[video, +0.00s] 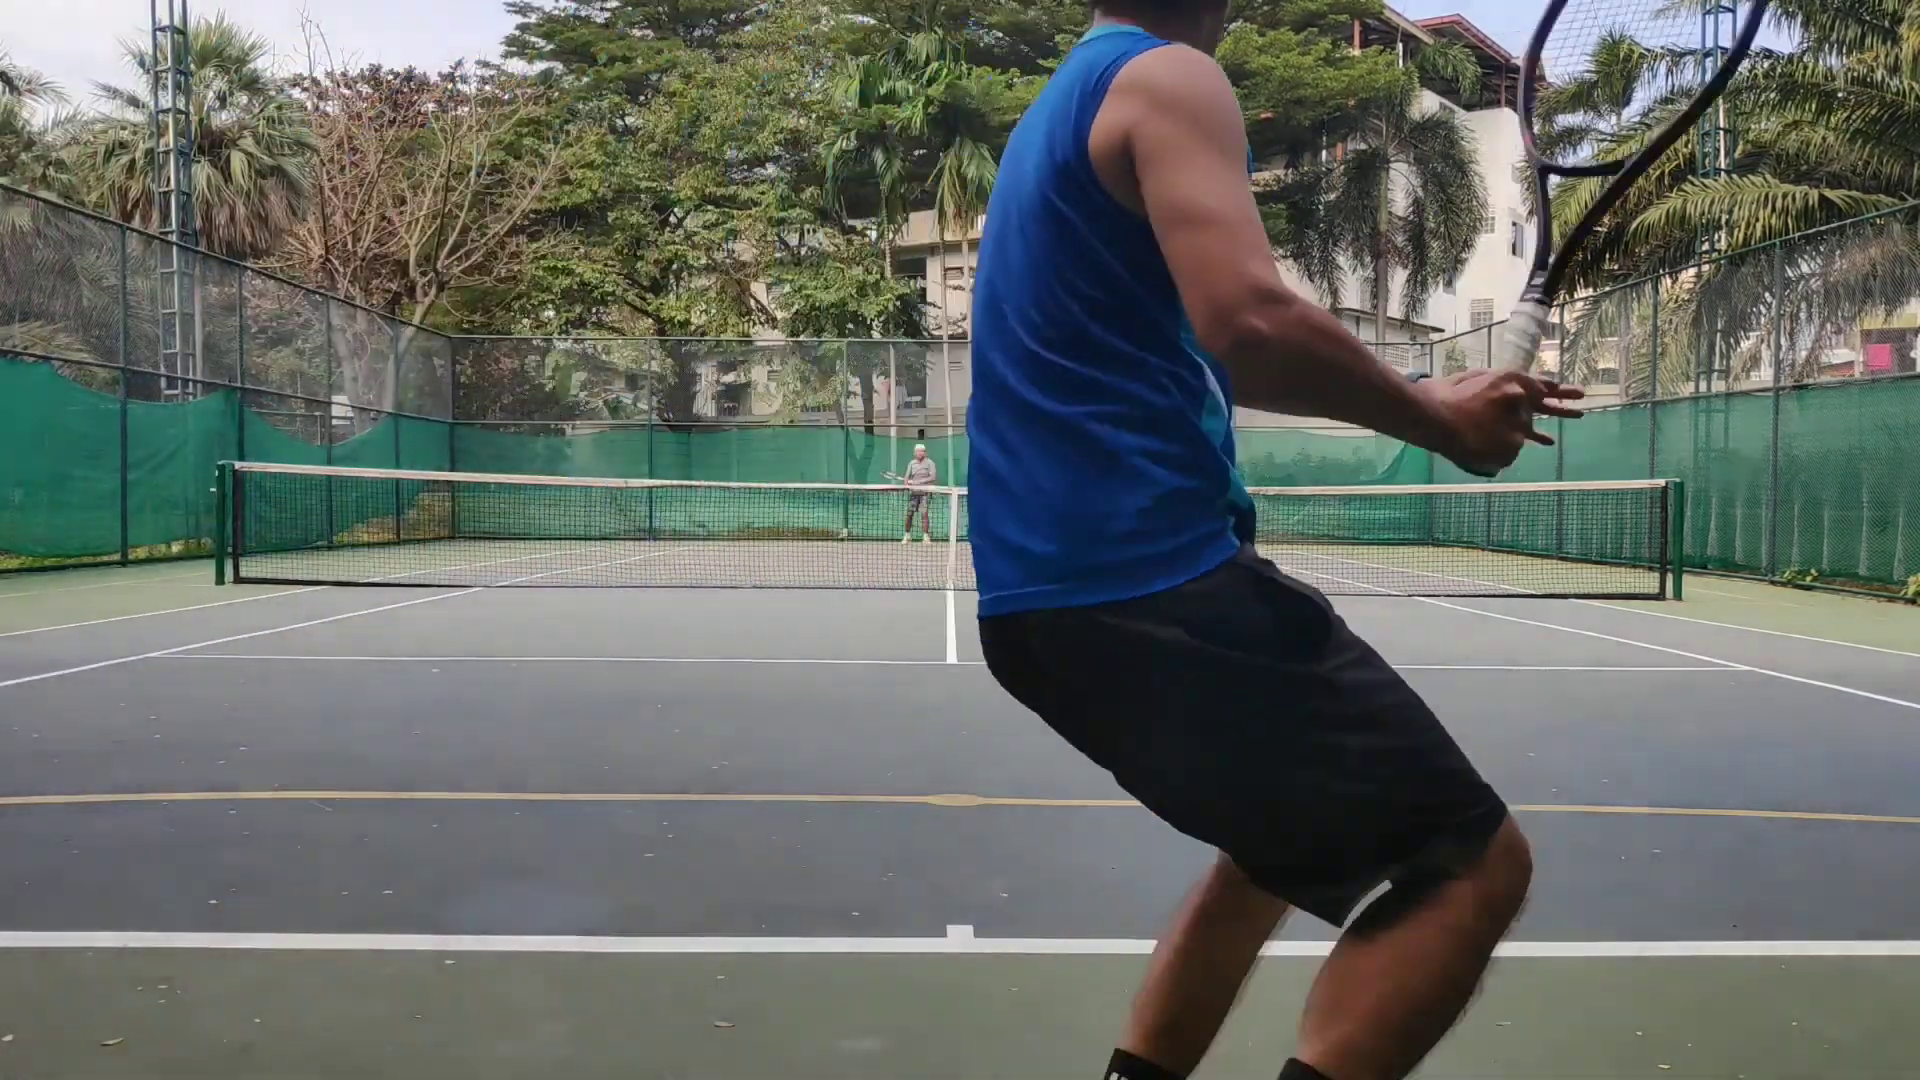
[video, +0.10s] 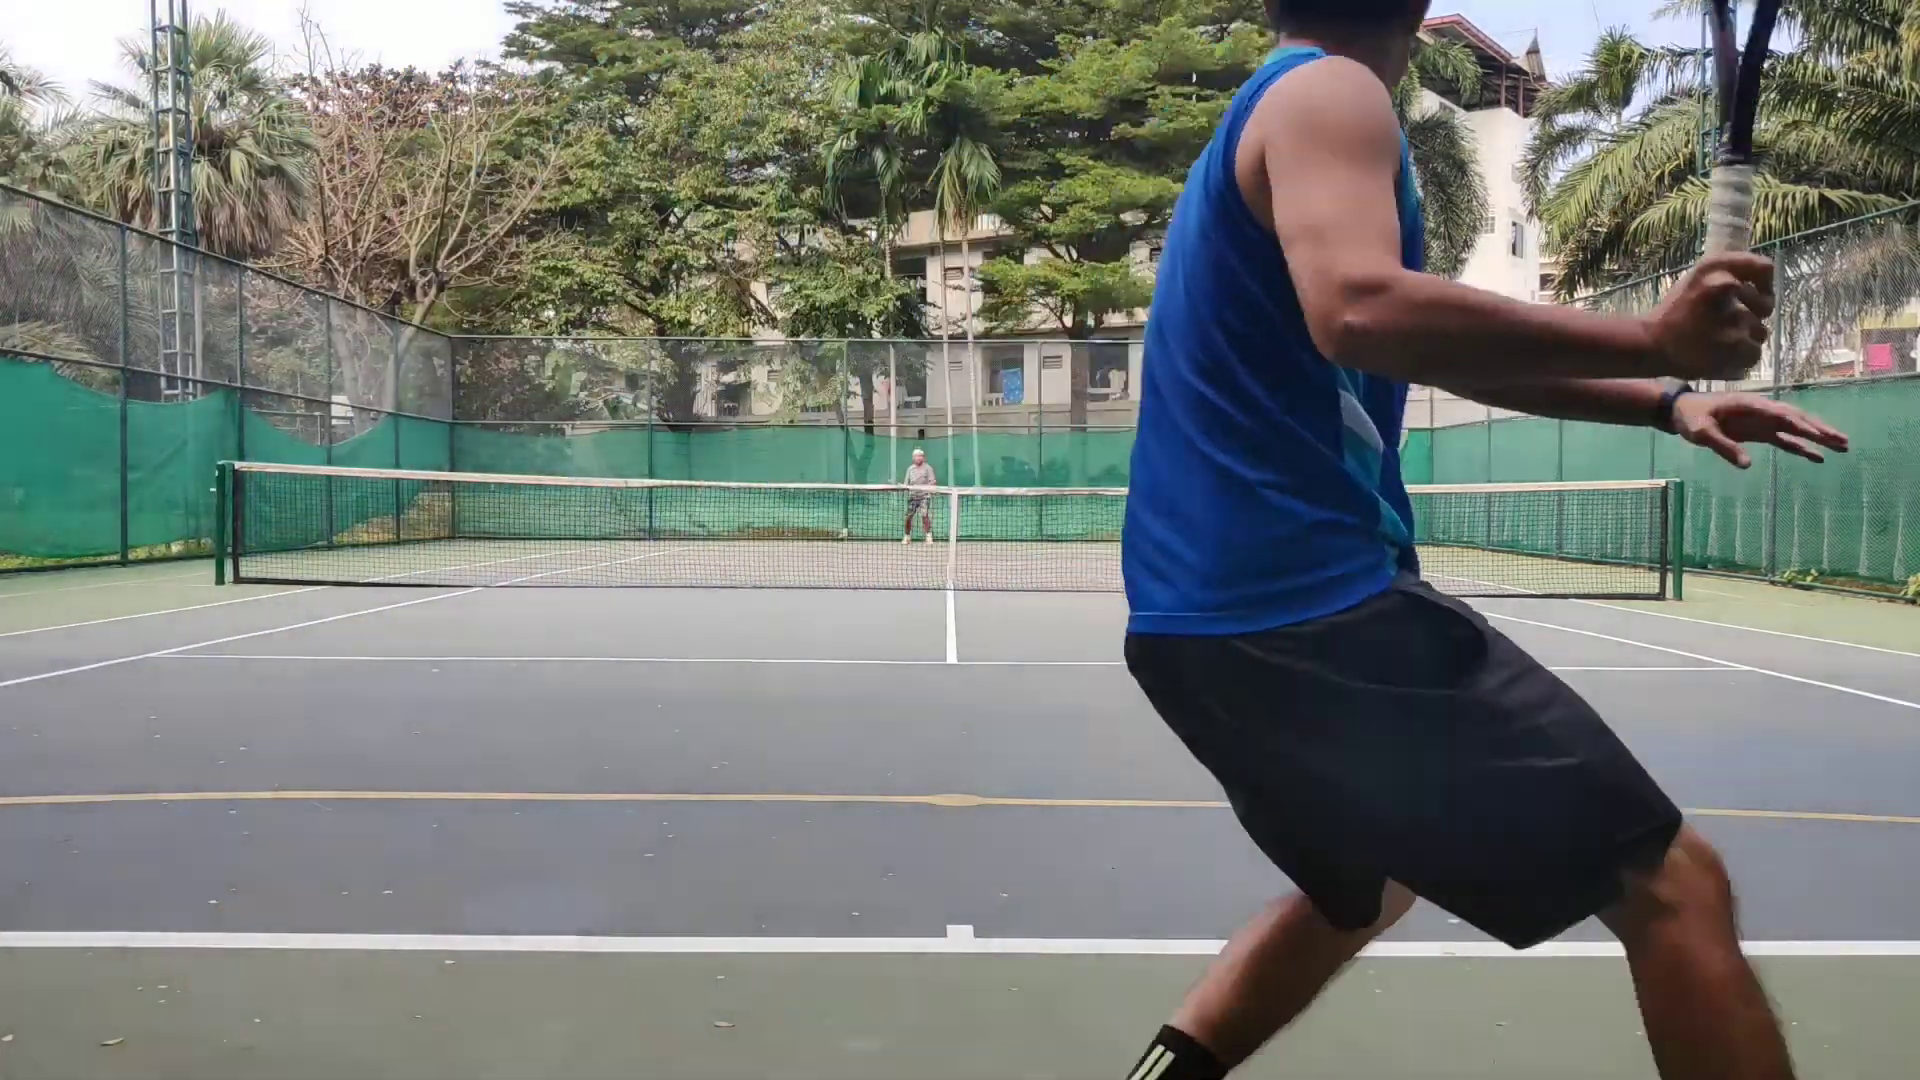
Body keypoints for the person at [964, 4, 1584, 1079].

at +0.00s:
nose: (1231, 17)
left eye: (1227, 12)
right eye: (1230, 7)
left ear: (1108, 1)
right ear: (1211, 1)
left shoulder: (1063, 108)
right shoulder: (1168, 82)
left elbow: (1223, 362)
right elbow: (1248, 317)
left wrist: (1425, 403)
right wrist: (1437, 418)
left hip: (1053, 602)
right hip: (1154, 588)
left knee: (1283, 829)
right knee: (1476, 864)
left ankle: (1142, 1067)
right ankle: (1320, 1068)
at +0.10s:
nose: (1428, 20)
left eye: (1422, 11)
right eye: (1422, 8)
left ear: (1285, 13)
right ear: (1400, 12)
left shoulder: (1269, 116)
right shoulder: (1330, 93)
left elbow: (1447, 357)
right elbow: (1358, 308)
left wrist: (1667, 401)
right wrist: (1649, 339)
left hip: (1200, 623)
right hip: (1311, 608)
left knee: (1362, 886)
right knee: (1674, 887)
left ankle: (1171, 1068)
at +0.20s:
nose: (1629, 47)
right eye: (1626, 34)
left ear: (1473, 34)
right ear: (1616, 45)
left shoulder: (1444, 140)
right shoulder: (1521, 118)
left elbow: (1658, 380)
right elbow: (1474, 313)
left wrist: (1880, 459)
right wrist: (1786, 328)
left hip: (1330, 638)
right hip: (1464, 628)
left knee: (1482, 839)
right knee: (1831, 902)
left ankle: (1273, 1042)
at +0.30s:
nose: (1773, 89)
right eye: (1778, 71)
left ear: (1620, 53)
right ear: (1772, 72)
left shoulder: (1589, 155)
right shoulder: (1681, 137)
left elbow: (1773, 404)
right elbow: (1584, 327)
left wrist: (1915, 477)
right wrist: (1876, 382)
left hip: (1410, 636)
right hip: (1561, 645)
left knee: (1574, 777)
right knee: (1900, 912)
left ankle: (1451, 1046)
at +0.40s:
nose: (1867, 92)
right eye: (1872, 72)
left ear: (1712, 62)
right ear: (1859, 76)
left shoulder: (1668, 164)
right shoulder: (1780, 134)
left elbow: (1807, 402)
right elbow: (1690, 321)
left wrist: (1915, 488)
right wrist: (1904, 414)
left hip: (1464, 609)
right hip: (1618, 622)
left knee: (1606, 759)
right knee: (1908, 925)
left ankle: (1585, 1045)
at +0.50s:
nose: (1913, 124)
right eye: (1914, 100)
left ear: (1776, 84)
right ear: (1903, 92)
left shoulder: (1706, 184)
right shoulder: (1840, 156)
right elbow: (1800, 345)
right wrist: (1910, 480)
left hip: (1506, 593)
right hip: (1657, 605)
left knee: (1622, 794)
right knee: (1898, 953)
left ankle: (1663, 1022)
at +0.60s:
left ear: (1790, 88)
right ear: (1914, 104)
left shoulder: (1714, 184)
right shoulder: (1881, 197)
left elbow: (1636, 301)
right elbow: (1908, 433)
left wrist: (1793, 403)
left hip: (1545, 574)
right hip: (1699, 589)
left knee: (1666, 758)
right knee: (1846, 953)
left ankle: (1682, 1023)